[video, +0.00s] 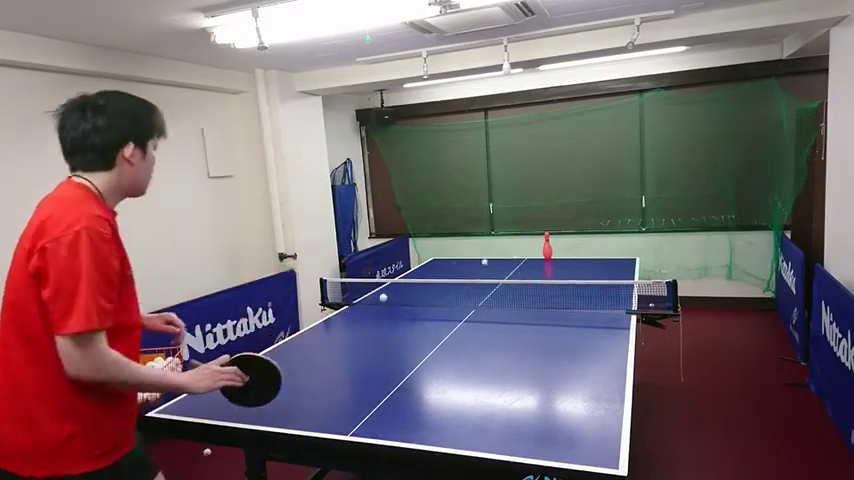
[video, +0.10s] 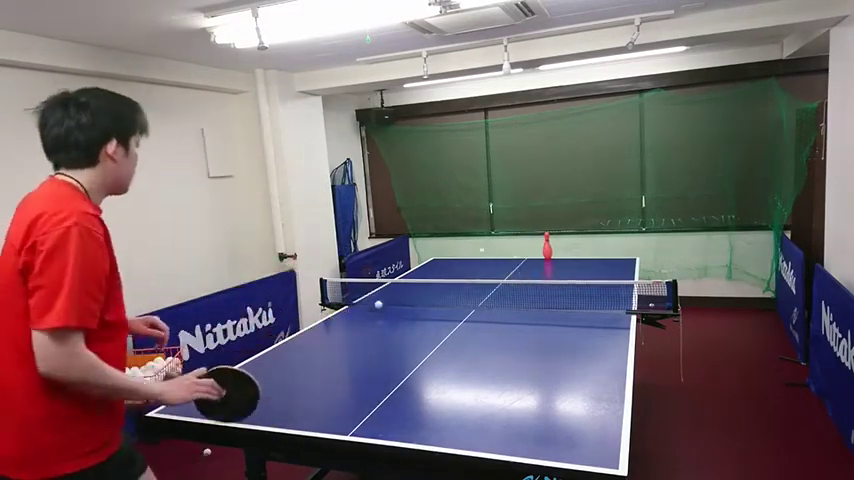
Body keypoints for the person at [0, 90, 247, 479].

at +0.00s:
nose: (154, 162)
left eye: (155, 151)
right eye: (152, 150)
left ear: (83, 149)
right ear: (128, 153)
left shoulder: (71, 206)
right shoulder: (79, 223)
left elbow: (70, 305)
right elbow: (84, 359)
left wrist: (141, 320)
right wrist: (185, 380)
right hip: (74, 453)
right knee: (151, 472)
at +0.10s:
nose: (136, 160)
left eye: (137, 148)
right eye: (134, 147)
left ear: (64, 146)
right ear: (110, 151)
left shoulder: (43, 203)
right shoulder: (71, 222)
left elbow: (45, 303)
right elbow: (58, 357)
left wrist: (125, 324)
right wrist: (158, 390)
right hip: (72, 455)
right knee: (142, 472)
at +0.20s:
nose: (124, 159)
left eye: (124, 147)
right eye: (122, 146)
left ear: (50, 146)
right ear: (98, 148)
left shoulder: (22, 204)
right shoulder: (66, 220)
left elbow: (28, 304)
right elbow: (41, 351)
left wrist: (112, 325)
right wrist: (140, 399)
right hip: (64, 457)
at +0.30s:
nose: (112, 158)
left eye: (113, 147)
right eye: (111, 146)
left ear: (39, 146)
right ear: (89, 147)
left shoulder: (14, 204)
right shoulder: (61, 218)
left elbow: (22, 304)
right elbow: (32, 347)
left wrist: (103, 328)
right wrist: (127, 402)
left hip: (19, 454)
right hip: (59, 456)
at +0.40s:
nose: (106, 160)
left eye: (107, 149)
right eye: (105, 148)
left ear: (34, 148)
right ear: (83, 149)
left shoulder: (13, 202)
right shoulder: (58, 215)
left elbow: (20, 303)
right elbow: (30, 342)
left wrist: (96, 329)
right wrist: (123, 399)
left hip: (17, 449)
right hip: (52, 452)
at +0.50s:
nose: (99, 167)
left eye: (101, 155)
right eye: (99, 154)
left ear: (30, 149)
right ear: (79, 151)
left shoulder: (10, 201)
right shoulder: (58, 214)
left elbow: (18, 304)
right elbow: (38, 337)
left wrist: (89, 332)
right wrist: (124, 388)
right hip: (49, 445)